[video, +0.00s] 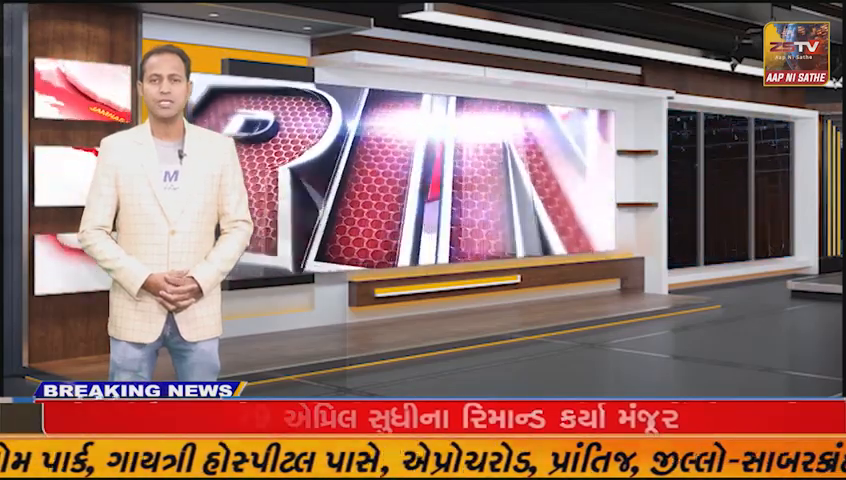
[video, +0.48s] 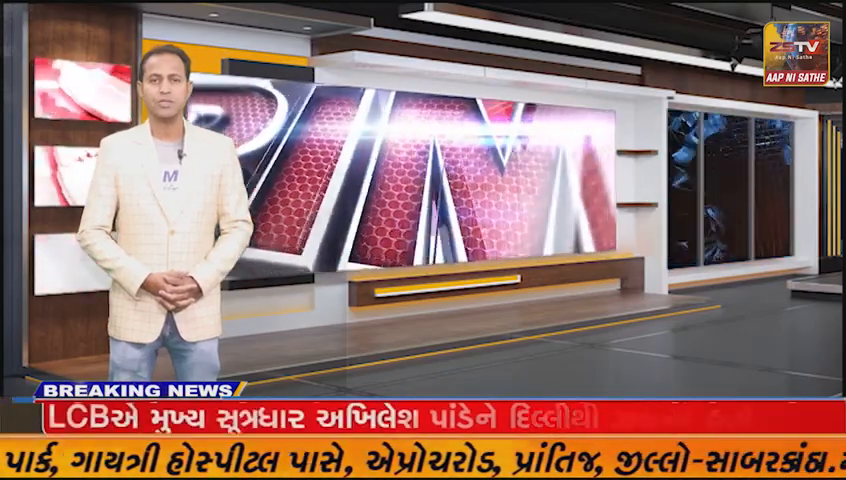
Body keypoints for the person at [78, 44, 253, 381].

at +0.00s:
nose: (164, 88)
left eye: (174, 79)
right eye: (155, 79)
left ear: (188, 89)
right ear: (141, 88)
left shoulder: (219, 147)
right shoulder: (116, 148)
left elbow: (239, 225)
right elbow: (92, 232)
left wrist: (200, 280)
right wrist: (144, 279)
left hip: (198, 310)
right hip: (134, 311)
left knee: (205, 418)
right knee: (125, 419)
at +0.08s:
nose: (165, 88)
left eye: (175, 79)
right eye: (155, 80)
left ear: (188, 88)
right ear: (141, 89)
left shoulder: (220, 147)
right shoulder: (116, 148)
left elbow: (239, 225)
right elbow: (92, 231)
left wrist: (200, 280)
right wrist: (144, 279)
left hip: (198, 310)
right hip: (134, 310)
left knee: (204, 418)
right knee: (125, 419)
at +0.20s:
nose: (165, 88)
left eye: (175, 79)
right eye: (155, 80)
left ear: (189, 89)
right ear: (141, 89)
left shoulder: (220, 148)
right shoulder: (116, 147)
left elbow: (239, 225)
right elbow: (92, 231)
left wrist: (200, 281)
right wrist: (144, 279)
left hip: (198, 310)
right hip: (134, 311)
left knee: (204, 418)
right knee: (125, 419)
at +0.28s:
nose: (165, 89)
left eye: (175, 79)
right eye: (154, 80)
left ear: (189, 89)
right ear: (141, 89)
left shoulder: (220, 148)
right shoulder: (116, 148)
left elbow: (238, 226)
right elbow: (92, 232)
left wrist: (200, 281)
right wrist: (144, 279)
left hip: (198, 310)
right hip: (134, 311)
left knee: (204, 419)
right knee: (125, 419)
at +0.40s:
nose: (165, 88)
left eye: (175, 79)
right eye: (154, 80)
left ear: (189, 89)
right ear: (141, 89)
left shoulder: (219, 148)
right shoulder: (116, 148)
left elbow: (238, 226)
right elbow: (92, 231)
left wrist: (200, 281)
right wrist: (143, 279)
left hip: (198, 310)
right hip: (134, 311)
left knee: (204, 420)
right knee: (125, 420)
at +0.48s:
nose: (165, 88)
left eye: (175, 79)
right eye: (155, 79)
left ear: (189, 89)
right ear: (141, 89)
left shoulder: (219, 148)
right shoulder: (116, 148)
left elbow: (239, 225)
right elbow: (91, 231)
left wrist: (200, 281)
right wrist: (143, 279)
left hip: (198, 310)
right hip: (134, 310)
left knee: (204, 420)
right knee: (125, 420)